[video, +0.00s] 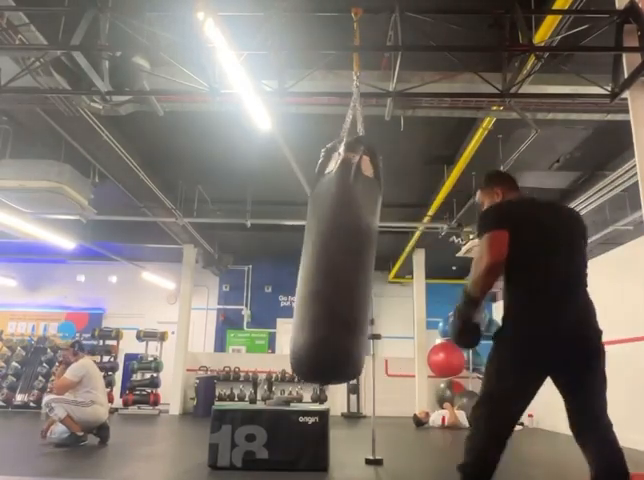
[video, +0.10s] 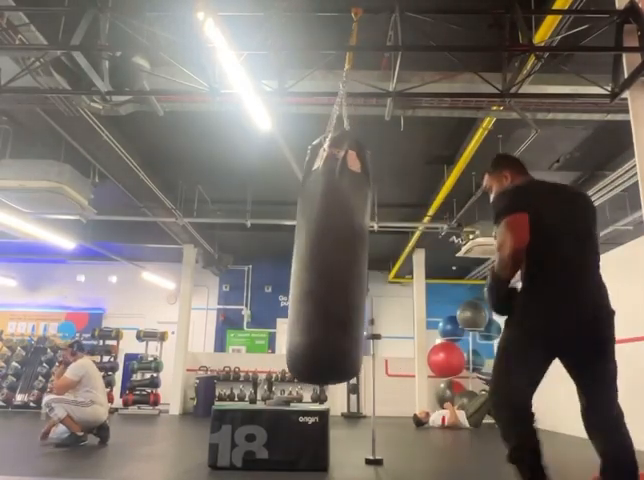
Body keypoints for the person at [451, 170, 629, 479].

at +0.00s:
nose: (484, 209)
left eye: (484, 203)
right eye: (482, 205)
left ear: (497, 192)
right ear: (516, 189)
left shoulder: (498, 212)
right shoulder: (570, 215)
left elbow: (493, 260)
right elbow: (573, 275)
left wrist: (468, 308)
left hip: (527, 334)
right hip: (579, 334)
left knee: (491, 422)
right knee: (594, 427)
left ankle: (475, 472)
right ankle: (616, 476)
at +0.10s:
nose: (492, 198)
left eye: (491, 190)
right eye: (489, 193)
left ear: (506, 175)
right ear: (525, 174)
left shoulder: (512, 195)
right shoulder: (579, 198)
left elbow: (514, 245)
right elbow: (582, 259)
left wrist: (498, 285)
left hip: (540, 311)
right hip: (591, 311)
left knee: (508, 399)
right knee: (602, 408)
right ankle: (624, 473)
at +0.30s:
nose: (515, 200)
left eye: (516, 189)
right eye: (513, 192)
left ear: (536, 177)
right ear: (547, 178)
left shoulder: (543, 206)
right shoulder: (605, 210)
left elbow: (522, 258)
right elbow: (609, 275)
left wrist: (496, 261)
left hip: (570, 334)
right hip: (614, 327)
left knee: (581, 429)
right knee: (631, 420)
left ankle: (622, 477)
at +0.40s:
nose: (516, 196)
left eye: (516, 185)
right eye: (513, 188)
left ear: (538, 172)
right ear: (548, 173)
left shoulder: (546, 201)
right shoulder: (604, 204)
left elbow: (543, 254)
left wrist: (507, 271)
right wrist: (525, 243)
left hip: (577, 329)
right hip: (624, 323)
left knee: (565, 425)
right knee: (638, 422)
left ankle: (606, 475)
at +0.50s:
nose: (509, 189)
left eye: (509, 179)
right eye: (506, 183)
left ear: (530, 167)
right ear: (538, 167)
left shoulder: (547, 191)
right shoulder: (590, 193)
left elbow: (562, 243)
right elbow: (589, 256)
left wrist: (520, 276)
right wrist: (527, 240)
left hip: (575, 311)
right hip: (620, 305)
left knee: (544, 401)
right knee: (636, 405)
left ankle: (562, 474)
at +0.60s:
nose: (507, 201)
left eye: (507, 190)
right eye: (504, 194)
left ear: (529, 179)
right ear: (534, 180)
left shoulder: (551, 200)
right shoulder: (583, 206)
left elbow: (568, 250)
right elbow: (581, 267)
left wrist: (518, 284)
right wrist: (526, 246)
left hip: (575, 321)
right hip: (614, 317)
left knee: (535, 417)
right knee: (636, 418)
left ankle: (522, 474)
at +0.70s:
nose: (501, 208)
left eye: (502, 197)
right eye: (499, 200)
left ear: (523, 185)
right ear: (526, 187)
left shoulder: (544, 205)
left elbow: (552, 243)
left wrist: (506, 257)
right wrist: (482, 252)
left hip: (559, 339)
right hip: (601, 339)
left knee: (502, 419)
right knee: (634, 426)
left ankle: (504, 473)